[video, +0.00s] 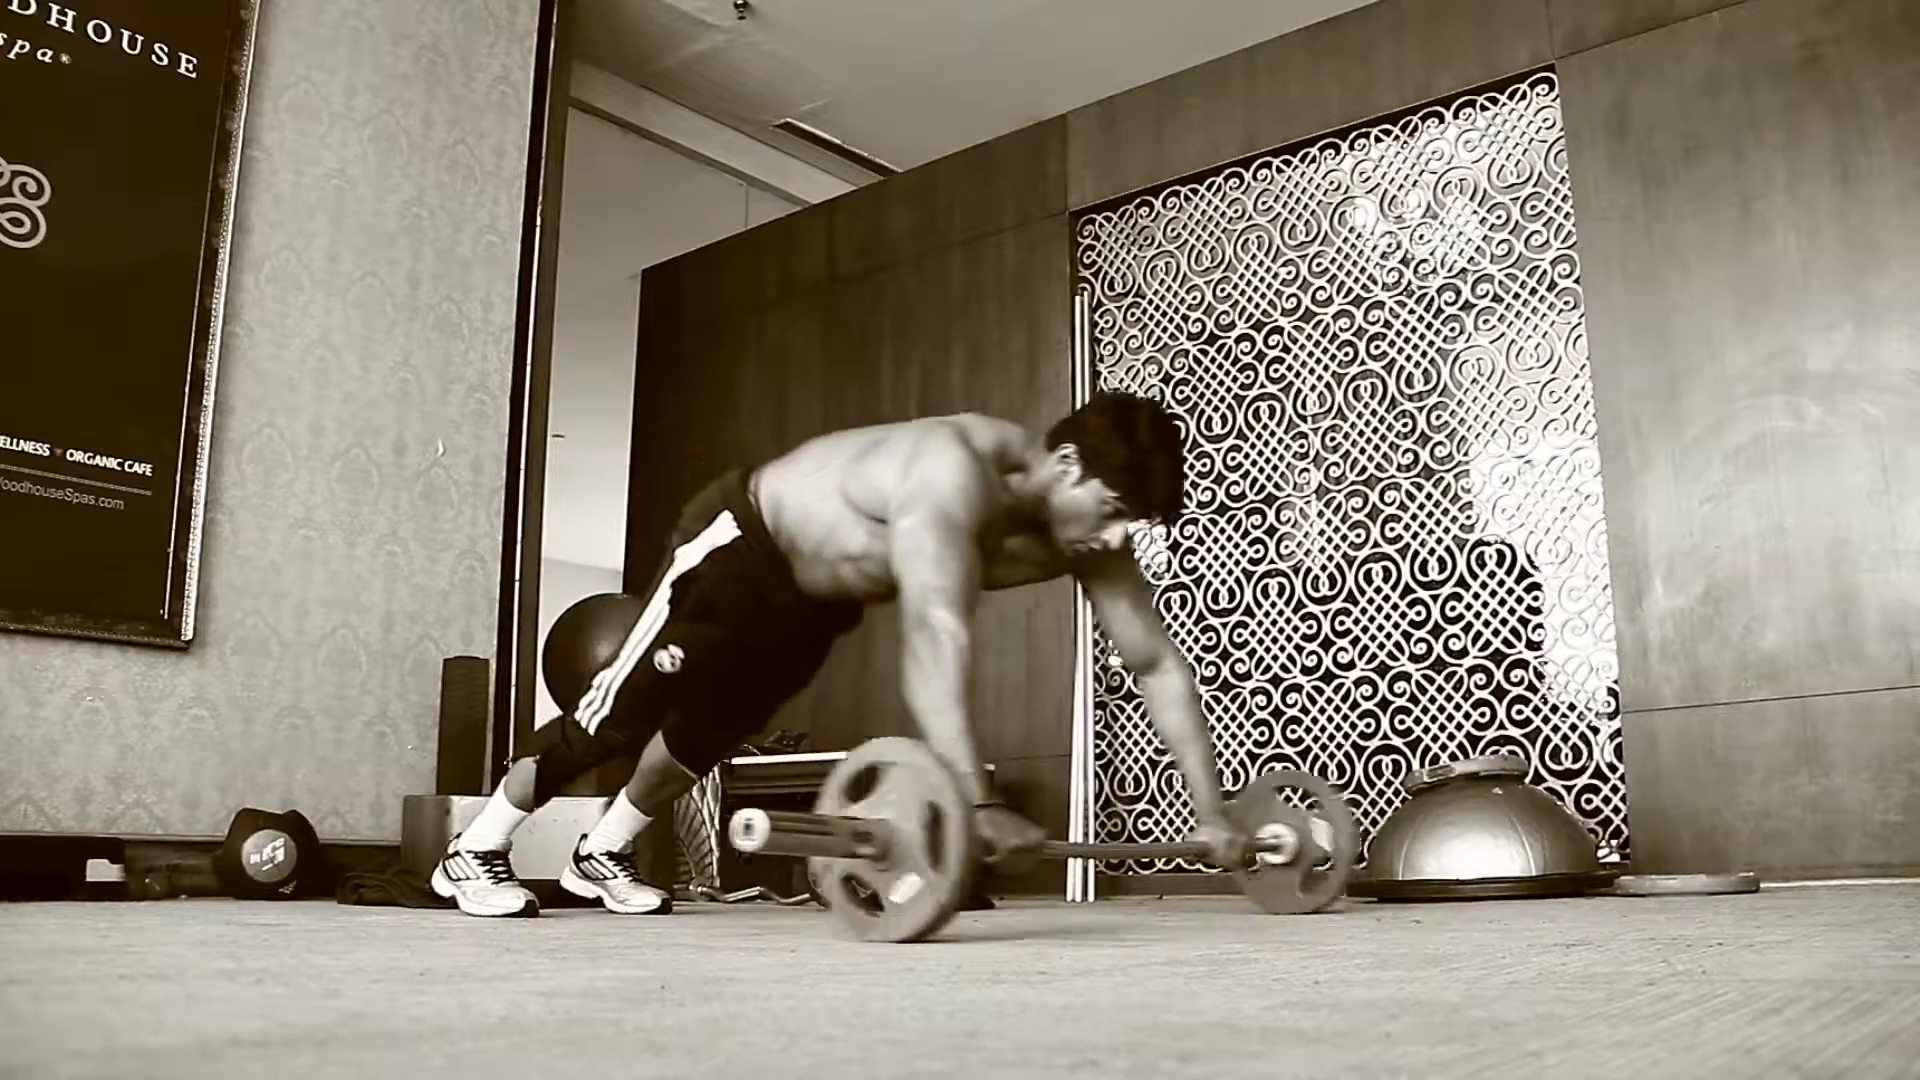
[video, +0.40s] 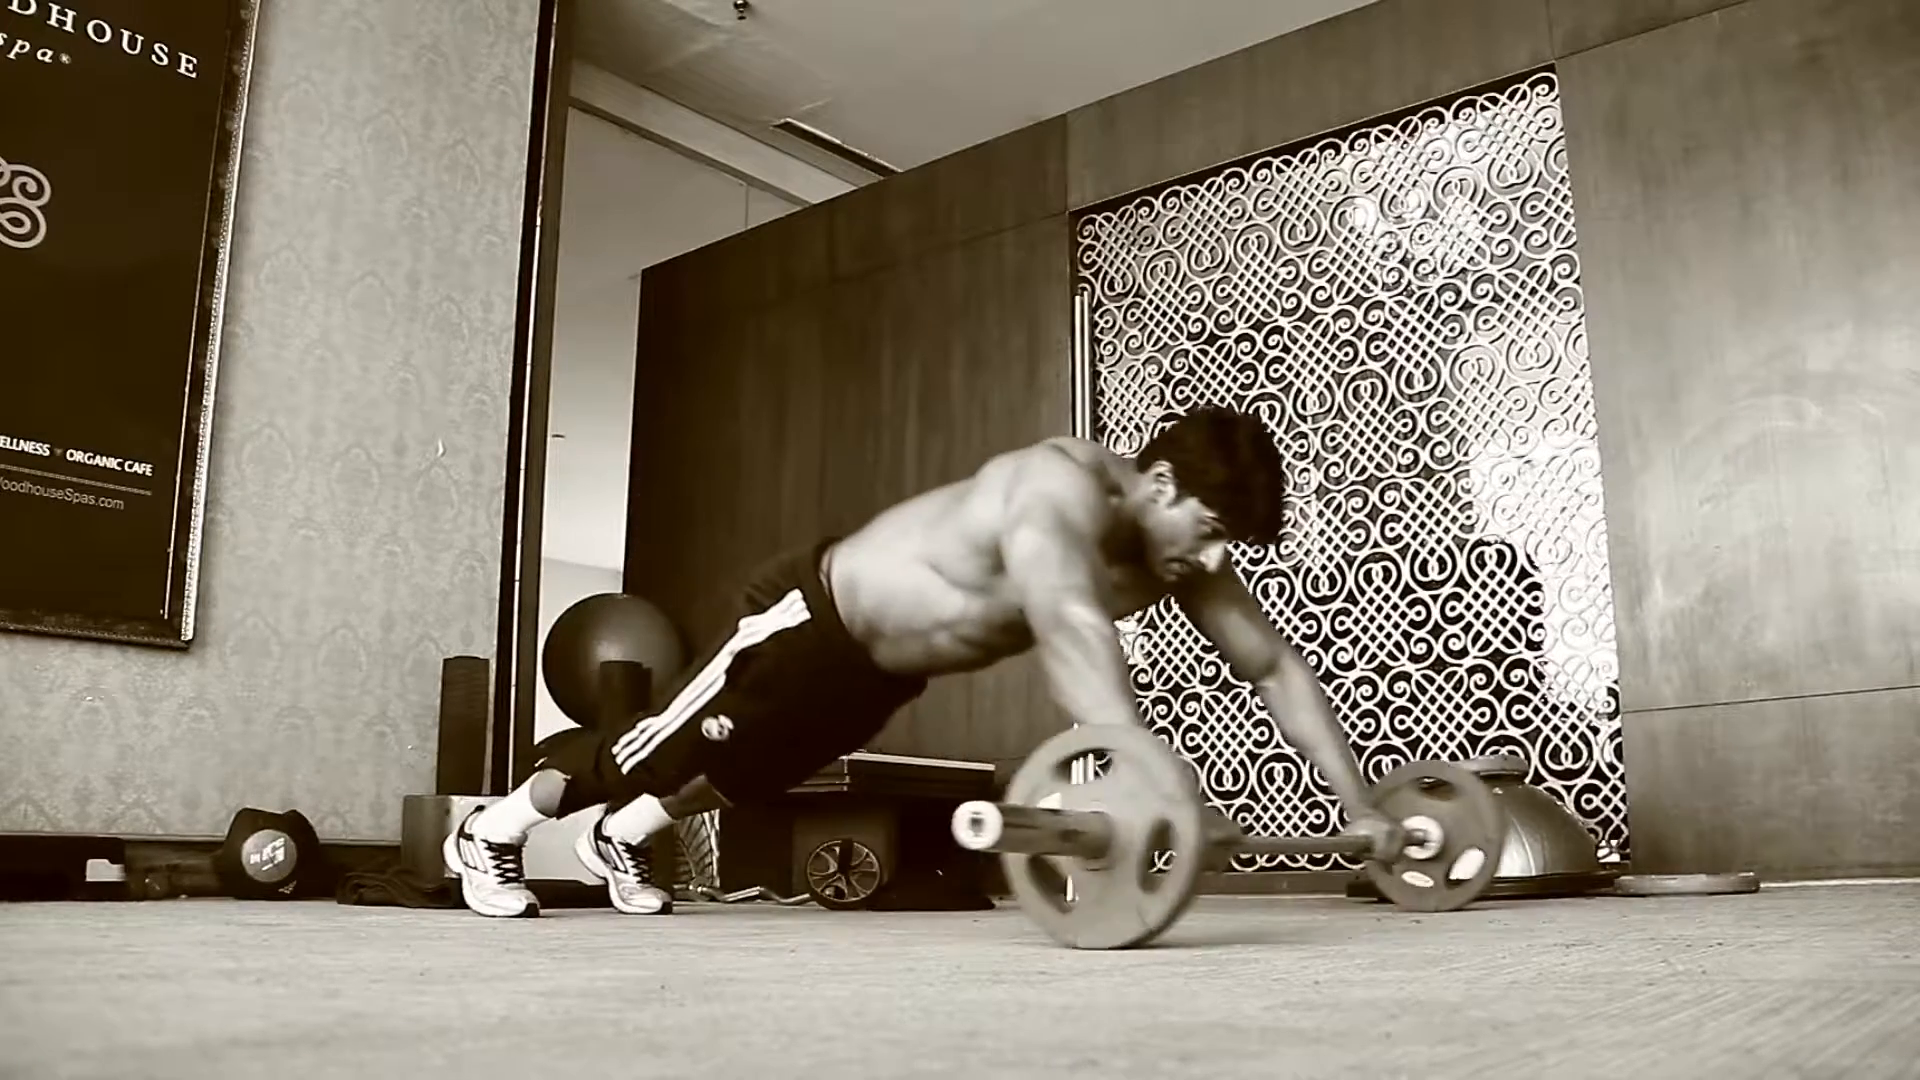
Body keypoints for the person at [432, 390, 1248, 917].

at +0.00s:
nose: (1116, 535)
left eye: (1130, 521)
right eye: (1113, 510)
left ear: (1110, 495)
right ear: (1066, 462)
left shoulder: (1085, 535)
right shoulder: (949, 475)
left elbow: (1155, 665)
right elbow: (933, 641)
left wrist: (1211, 808)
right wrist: (969, 808)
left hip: (820, 600)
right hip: (746, 541)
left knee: (704, 735)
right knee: (613, 715)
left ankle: (600, 853)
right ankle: (472, 854)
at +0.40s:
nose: (1209, 556)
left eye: (1227, 544)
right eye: (1212, 531)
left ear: (1204, 517)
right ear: (1168, 480)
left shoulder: (1165, 546)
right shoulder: (1055, 492)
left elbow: (1273, 666)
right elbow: (1067, 633)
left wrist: (1361, 795)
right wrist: (1146, 766)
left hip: (885, 670)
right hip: (820, 615)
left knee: (750, 772)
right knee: (659, 740)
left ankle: (614, 828)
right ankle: (495, 827)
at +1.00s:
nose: (1263, 638)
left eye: (1276, 629)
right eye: (1265, 615)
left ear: (1285, 602)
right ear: (1235, 551)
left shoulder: (1242, 600)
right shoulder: (1137, 542)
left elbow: (1380, 692)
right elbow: (1182, 667)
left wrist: (1503, 790)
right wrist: (1311, 744)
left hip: (940, 748)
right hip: (869, 696)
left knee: (760, 824)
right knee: (671, 797)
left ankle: (654, 860)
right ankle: (508, 827)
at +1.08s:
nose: (1275, 658)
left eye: (1290, 647)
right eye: (1275, 635)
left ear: (1295, 612)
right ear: (1237, 571)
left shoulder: (1260, 598)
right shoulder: (1143, 548)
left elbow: (1392, 697)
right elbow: (1209, 692)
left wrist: (1521, 804)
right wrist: (1357, 768)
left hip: (959, 762)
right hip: (876, 701)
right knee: (677, 801)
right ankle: (505, 831)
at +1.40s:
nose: (1254, 645)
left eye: (1270, 636)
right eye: (1259, 620)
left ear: (1283, 602)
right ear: (1239, 553)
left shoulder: (1232, 587)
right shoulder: (1133, 532)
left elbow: (1360, 678)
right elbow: (1163, 659)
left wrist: (1466, 775)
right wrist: (1293, 752)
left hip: (935, 741)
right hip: (867, 688)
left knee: (775, 826)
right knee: (667, 787)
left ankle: (660, 859)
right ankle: (506, 824)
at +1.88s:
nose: (1200, 577)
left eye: (1220, 566)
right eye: (1205, 557)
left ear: (1202, 518)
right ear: (1179, 497)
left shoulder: (1171, 525)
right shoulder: (1062, 475)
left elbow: (1265, 660)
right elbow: (1061, 619)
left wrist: (1347, 801)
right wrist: (1119, 762)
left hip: (876, 638)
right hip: (812, 600)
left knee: (749, 735)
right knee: (649, 734)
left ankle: (624, 818)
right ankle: (497, 818)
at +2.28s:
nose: (1128, 552)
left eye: (1143, 541)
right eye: (1129, 529)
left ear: (1132, 505)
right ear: (1090, 476)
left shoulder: (1096, 518)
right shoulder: (973, 463)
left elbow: (1164, 656)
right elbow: (942, 622)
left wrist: (1207, 807)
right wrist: (968, 793)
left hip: (832, 583)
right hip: (760, 529)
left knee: (712, 709)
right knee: (630, 689)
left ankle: (611, 840)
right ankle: (485, 832)